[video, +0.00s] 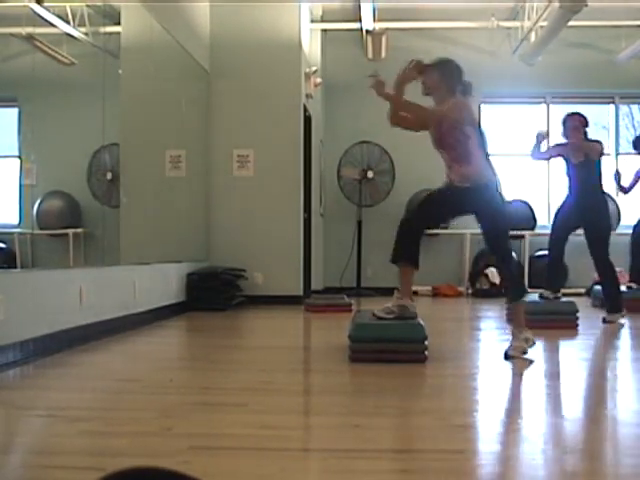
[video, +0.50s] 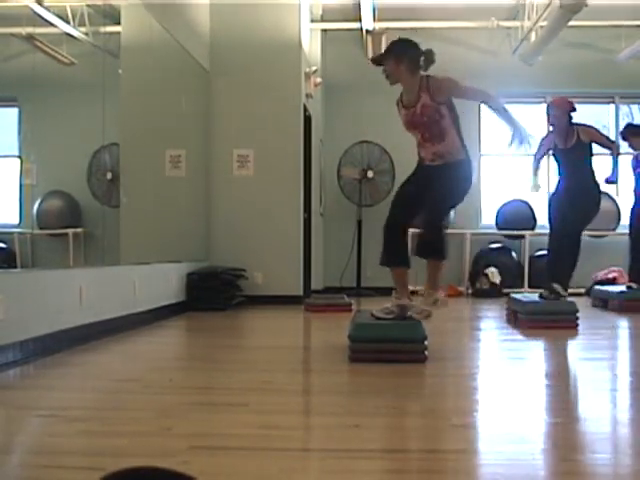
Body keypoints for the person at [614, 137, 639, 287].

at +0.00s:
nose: (636, 152)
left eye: (636, 148)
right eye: (636, 148)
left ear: (636, 148)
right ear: (636, 148)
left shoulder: (638, 172)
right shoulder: (638, 172)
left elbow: (626, 190)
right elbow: (626, 190)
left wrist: (618, 182)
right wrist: (618, 183)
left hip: (638, 221)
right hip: (638, 221)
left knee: (635, 235)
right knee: (635, 236)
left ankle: (634, 278)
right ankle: (634, 278)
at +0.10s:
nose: (634, 148)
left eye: (634, 144)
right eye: (633, 144)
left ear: (636, 143)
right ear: (633, 144)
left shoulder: (636, 165)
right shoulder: (635, 166)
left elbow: (623, 186)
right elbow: (624, 185)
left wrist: (615, 188)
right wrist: (617, 188)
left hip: (637, 213)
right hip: (637, 213)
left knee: (635, 239)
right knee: (634, 240)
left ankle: (634, 278)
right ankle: (634, 278)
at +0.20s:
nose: (631, 143)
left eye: (632, 139)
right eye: (630, 140)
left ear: (637, 138)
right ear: (630, 140)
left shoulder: (635, 158)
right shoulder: (635, 158)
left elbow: (628, 176)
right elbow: (628, 175)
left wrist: (621, 189)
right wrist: (621, 189)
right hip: (638, 202)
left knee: (635, 234)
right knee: (634, 234)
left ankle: (634, 277)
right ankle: (634, 276)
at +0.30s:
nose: (630, 142)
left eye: (631, 138)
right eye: (628, 139)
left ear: (636, 136)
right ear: (629, 139)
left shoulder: (634, 159)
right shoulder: (633, 159)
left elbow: (628, 184)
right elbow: (628, 183)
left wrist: (626, 206)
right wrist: (624, 205)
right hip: (637, 201)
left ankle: (635, 279)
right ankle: (634, 279)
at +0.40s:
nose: (628, 144)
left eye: (630, 139)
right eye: (627, 140)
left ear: (636, 137)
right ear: (628, 140)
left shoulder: (634, 160)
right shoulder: (633, 160)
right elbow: (632, 191)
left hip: (636, 207)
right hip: (635, 207)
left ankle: (635, 281)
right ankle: (633, 281)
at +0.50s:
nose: (629, 144)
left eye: (630, 140)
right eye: (627, 141)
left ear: (636, 137)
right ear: (629, 140)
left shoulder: (635, 160)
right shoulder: (634, 160)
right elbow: (635, 187)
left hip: (636, 206)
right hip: (635, 206)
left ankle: (634, 279)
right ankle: (633, 279)